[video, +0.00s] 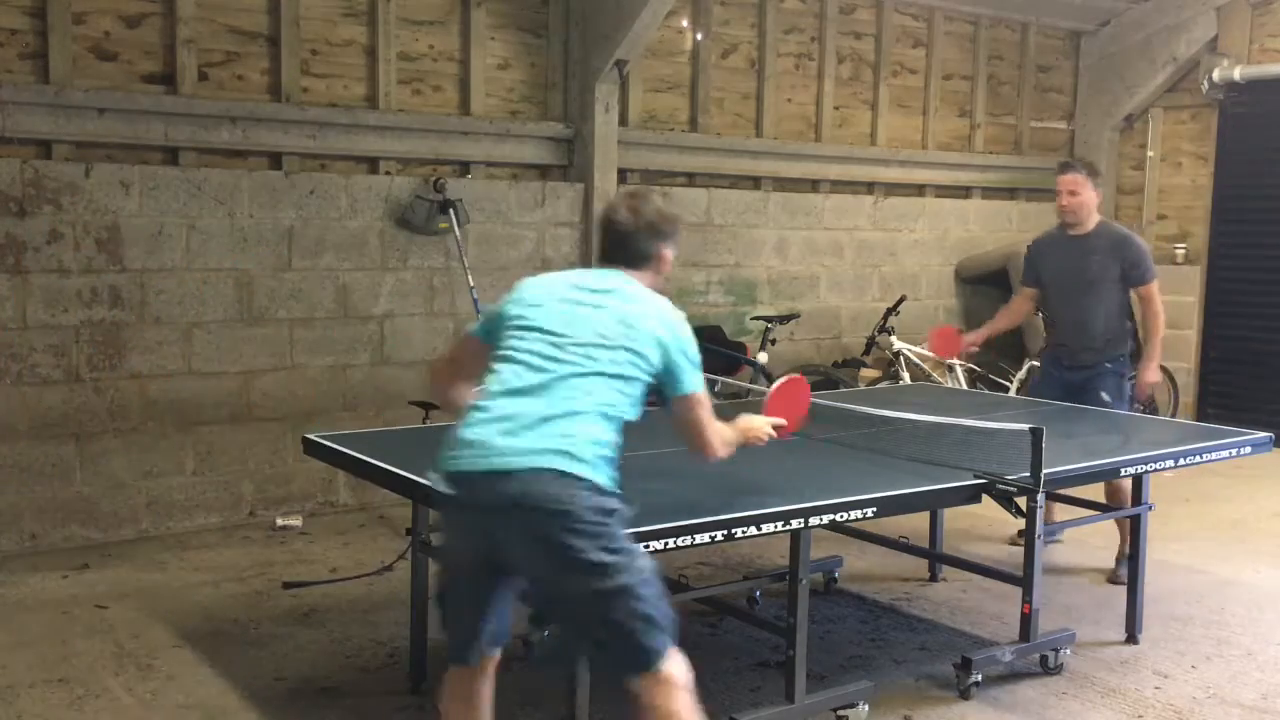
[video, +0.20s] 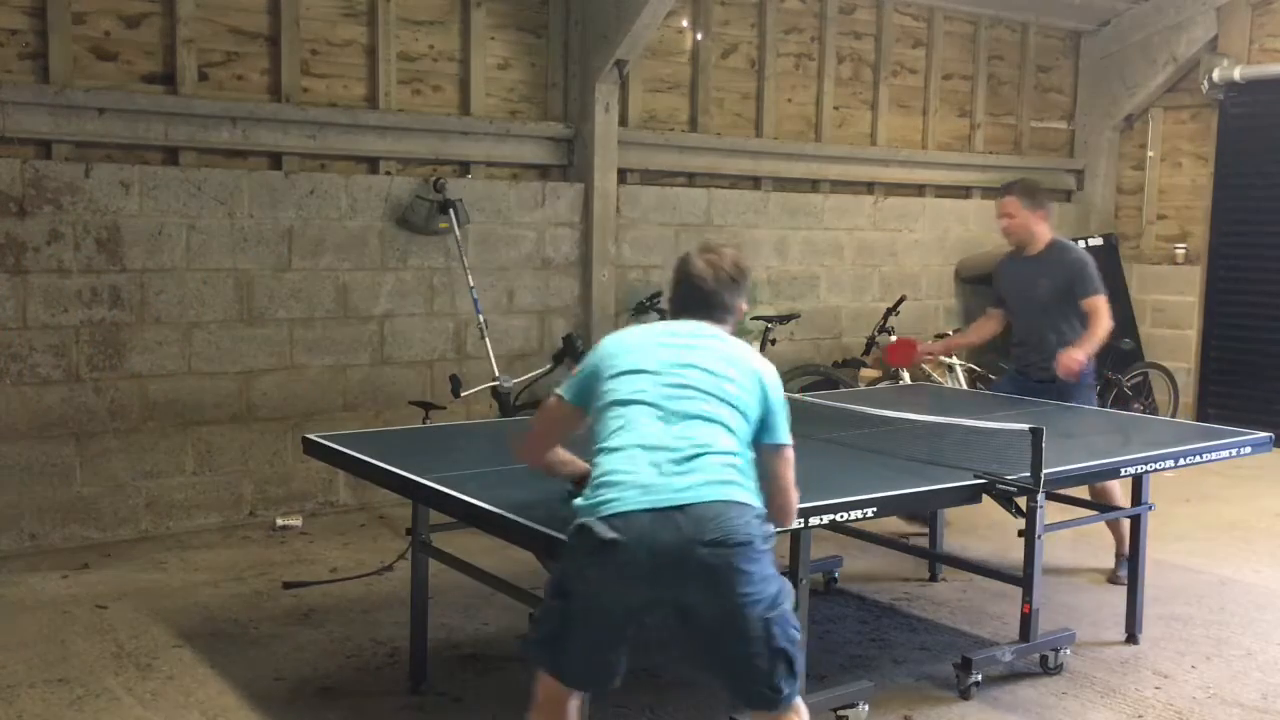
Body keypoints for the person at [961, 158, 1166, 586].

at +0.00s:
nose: (1064, 201)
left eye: (1073, 193)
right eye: (1058, 194)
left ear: (1095, 197)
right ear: (1054, 199)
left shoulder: (1124, 245)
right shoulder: (1042, 249)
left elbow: (1152, 304)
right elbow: (1024, 302)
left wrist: (1151, 361)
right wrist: (984, 332)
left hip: (1108, 369)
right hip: (1055, 366)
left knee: (1113, 461)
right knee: (1041, 448)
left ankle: (1129, 546)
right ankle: (1048, 522)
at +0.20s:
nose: (1001, 224)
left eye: (1008, 215)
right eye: (1000, 216)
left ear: (1038, 215)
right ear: (1016, 219)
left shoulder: (1074, 261)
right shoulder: (1007, 267)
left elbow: (1102, 319)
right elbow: (995, 319)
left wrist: (1080, 349)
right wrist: (948, 345)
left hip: (1071, 384)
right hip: (1021, 379)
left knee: (1093, 462)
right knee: (966, 429)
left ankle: (1125, 548)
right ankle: (929, 506)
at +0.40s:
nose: (910, 235)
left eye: (916, 226)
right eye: (909, 227)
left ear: (942, 225)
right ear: (925, 228)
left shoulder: (977, 262)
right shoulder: (923, 282)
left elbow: (1031, 287)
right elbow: (888, 335)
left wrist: (1040, 303)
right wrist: (834, 345)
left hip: (1007, 380)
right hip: (961, 383)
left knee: (1055, 459)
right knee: (913, 437)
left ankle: (1112, 544)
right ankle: (881, 512)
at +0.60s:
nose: (847, 252)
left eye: (852, 244)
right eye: (846, 245)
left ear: (878, 244)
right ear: (867, 248)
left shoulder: (921, 274)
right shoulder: (862, 301)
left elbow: (979, 294)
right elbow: (827, 344)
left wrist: (985, 315)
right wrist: (774, 362)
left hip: (969, 378)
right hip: (925, 387)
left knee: (1008, 454)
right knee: (887, 438)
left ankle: (1077, 534)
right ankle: (879, 514)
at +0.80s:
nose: (837, 243)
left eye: (842, 234)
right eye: (835, 236)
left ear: (867, 232)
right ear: (853, 237)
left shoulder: (907, 260)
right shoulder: (853, 290)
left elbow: (967, 282)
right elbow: (828, 345)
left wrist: (964, 312)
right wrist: (791, 354)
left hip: (957, 366)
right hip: (916, 376)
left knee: (984, 448)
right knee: (876, 428)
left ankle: (1044, 529)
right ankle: (879, 513)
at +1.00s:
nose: (867, 227)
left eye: (874, 218)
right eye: (864, 221)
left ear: (897, 219)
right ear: (865, 226)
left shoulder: (934, 253)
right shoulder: (872, 278)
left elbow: (991, 278)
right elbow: (847, 335)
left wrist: (1013, 308)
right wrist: (825, 347)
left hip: (965, 366)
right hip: (923, 373)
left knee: (979, 445)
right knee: (892, 436)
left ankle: (1051, 507)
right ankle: (880, 513)